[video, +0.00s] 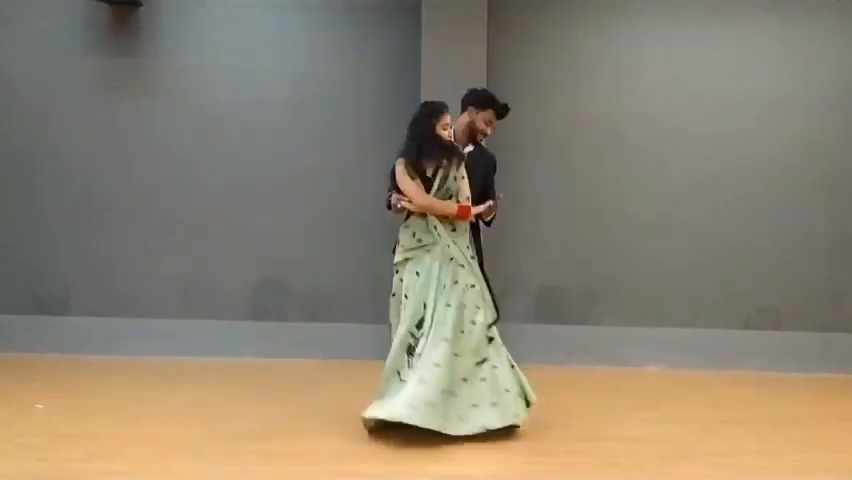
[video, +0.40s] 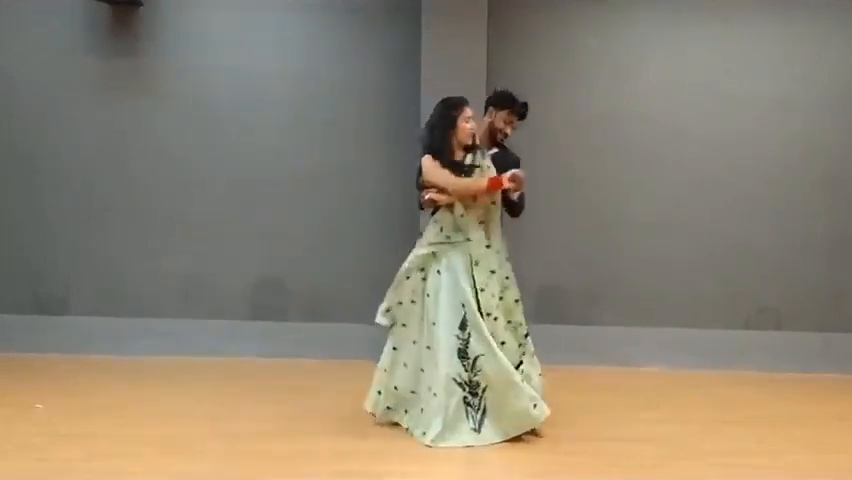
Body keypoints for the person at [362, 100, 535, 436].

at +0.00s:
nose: (451, 132)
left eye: (452, 126)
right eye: (445, 126)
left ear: (452, 129)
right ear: (427, 128)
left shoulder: (457, 163)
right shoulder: (404, 165)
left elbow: (465, 210)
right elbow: (421, 202)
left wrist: (420, 206)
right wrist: (464, 209)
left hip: (456, 253)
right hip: (419, 254)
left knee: (461, 327)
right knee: (424, 328)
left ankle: (464, 406)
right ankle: (422, 404)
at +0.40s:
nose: (472, 126)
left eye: (472, 120)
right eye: (466, 120)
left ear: (471, 126)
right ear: (447, 124)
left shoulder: (483, 165)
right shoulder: (430, 164)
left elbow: (486, 203)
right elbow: (460, 189)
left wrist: (450, 199)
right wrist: (497, 183)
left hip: (483, 256)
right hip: (446, 257)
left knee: (488, 334)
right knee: (448, 334)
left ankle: (489, 413)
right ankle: (446, 413)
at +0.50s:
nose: (493, 122)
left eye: (493, 117)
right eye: (486, 117)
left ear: (491, 125)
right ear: (467, 123)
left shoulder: (504, 161)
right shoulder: (448, 159)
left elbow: (509, 195)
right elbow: (469, 176)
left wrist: (467, 193)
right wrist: (517, 175)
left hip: (495, 250)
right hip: (458, 249)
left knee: (494, 329)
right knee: (458, 329)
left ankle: (492, 411)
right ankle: (454, 410)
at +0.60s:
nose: (517, 125)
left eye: (515, 120)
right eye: (510, 120)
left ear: (507, 128)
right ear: (491, 125)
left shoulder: (526, 168)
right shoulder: (472, 160)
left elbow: (527, 205)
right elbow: (491, 185)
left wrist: (487, 200)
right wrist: (544, 186)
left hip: (509, 256)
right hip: (469, 253)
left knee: (504, 332)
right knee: (463, 330)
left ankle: (502, 412)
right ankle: (457, 411)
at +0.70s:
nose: (541, 137)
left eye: (541, 131)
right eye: (535, 130)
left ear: (537, 137)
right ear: (515, 134)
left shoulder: (544, 180)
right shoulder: (494, 166)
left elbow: (543, 220)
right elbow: (518, 203)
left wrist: (502, 202)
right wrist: (551, 210)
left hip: (515, 263)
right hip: (477, 257)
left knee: (512, 336)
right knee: (468, 334)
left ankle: (506, 413)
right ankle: (460, 414)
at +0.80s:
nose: (565, 163)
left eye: (572, 163)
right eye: (564, 153)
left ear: (573, 169)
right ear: (545, 144)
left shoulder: (553, 192)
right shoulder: (510, 160)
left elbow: (545, 239)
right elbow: (475, 184)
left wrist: (573, 249)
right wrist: (482, 206)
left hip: (512, 261)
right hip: (470, 247)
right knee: (432, 316)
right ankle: (393, 385)